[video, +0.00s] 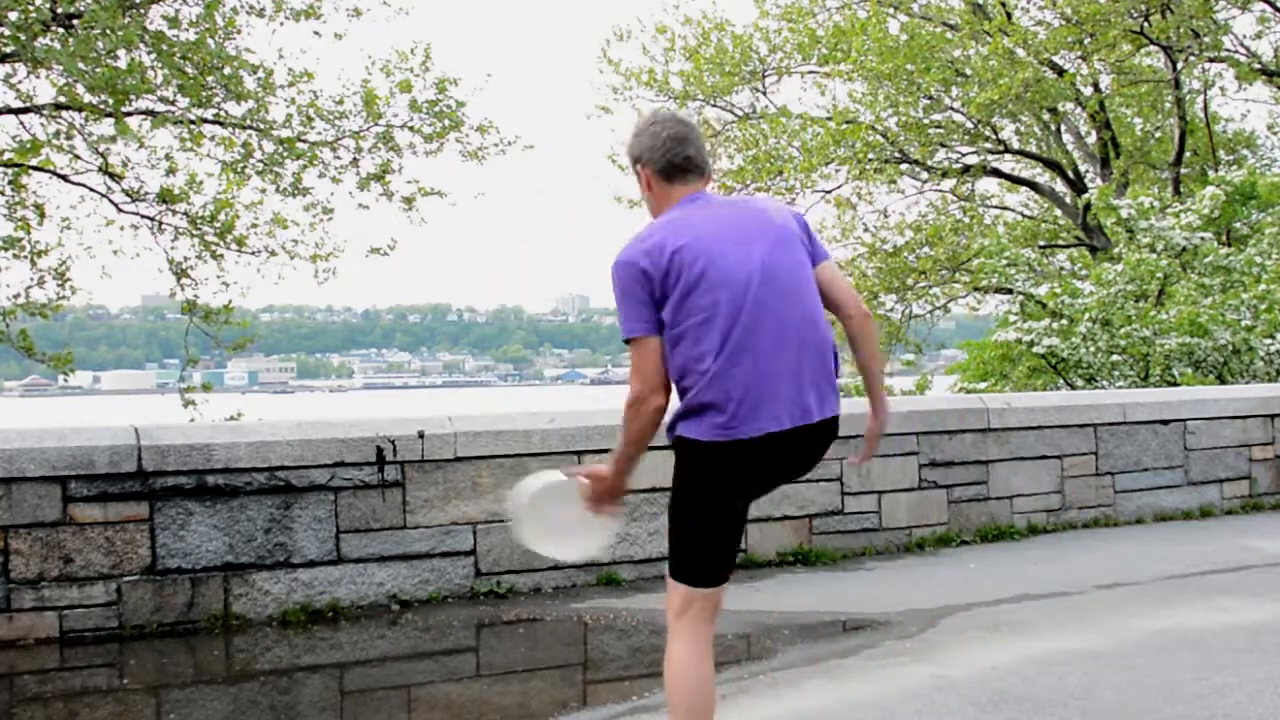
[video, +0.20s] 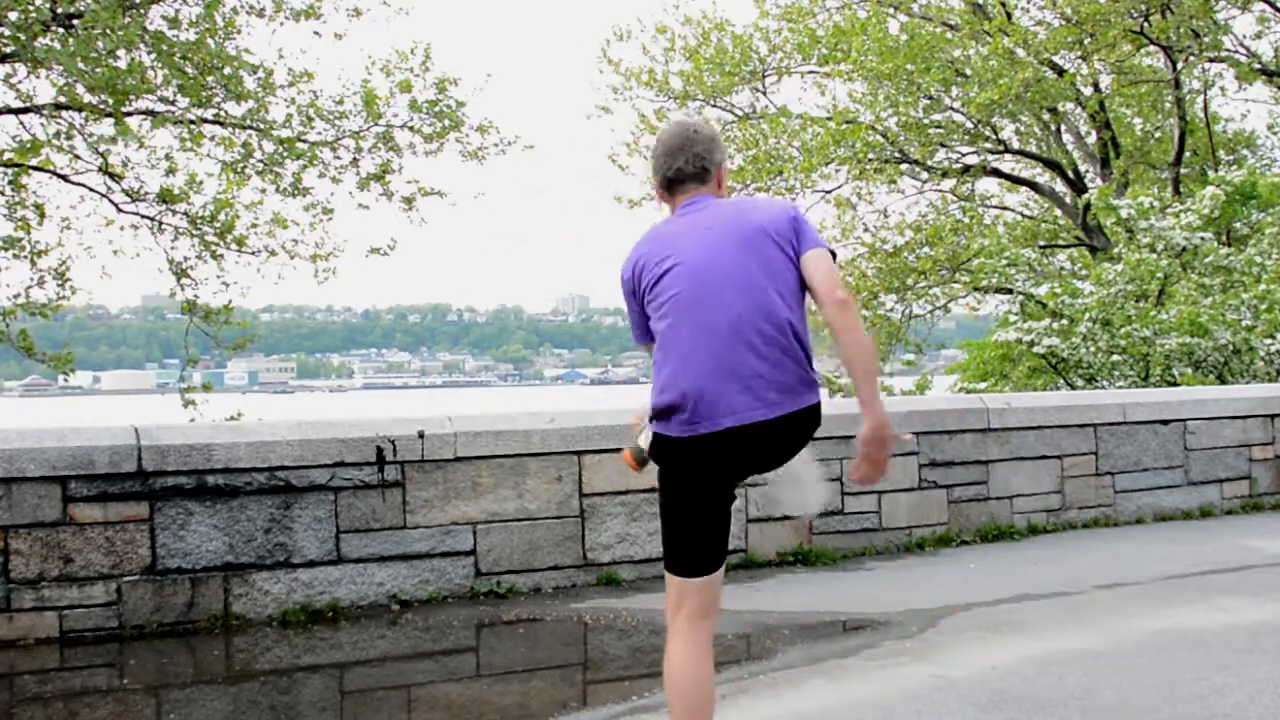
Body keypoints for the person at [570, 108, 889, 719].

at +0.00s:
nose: (638, 189)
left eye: (636, 177)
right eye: (636, 177)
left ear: (646, 176)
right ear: (707, 170)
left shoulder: (642, 256)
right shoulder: (779, 217)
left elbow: (650, 395)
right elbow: (853, 309)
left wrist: (617, 477)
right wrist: (878, 396)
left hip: (721, 443)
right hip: (812, 428)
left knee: (691, 614)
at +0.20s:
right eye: (728, 174)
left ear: (661, 192)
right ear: (724, 177)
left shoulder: (641, 257)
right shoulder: (780, 215)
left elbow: (660, 350)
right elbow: (835, 300)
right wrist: (874, 411)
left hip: (695, 442)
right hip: (789, 423)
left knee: (691, 613)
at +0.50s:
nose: (782, 159)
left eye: (777, 149)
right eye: (778, 149)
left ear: (713, 164)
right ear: (763, 156)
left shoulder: (677, 235)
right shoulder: (803, 219)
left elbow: (675, 334)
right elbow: (824, 301)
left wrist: (702, 411)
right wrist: (813, 413)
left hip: (695, 435)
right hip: (778, 424)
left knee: (694, 607)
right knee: (822, 506)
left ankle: (689, 716)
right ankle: (814, 656)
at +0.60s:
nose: (806, 163)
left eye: (802, 152)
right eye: (801, 153)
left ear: (738, 173)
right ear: (785, 163)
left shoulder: (713, 240)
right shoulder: (825, 226)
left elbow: (728, 311)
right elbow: (848, 312)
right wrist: (853, 422)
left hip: (716, 441)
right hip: (800, 433)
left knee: (708, 608)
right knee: (851, 555)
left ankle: (693, 717)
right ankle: (858, 700)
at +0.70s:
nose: (841, 174)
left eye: (836, 164)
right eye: (837, 165)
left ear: (780, 182)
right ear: (822, 173)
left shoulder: (763, 246)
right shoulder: (851, 230)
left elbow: (816, 326)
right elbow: (863, 321)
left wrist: (900, 287)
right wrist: (893, 418)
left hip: (751, 440)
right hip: (829, 438)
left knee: (733, 591)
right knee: (885, 578)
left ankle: (691, 715)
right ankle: (882, 712)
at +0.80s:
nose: (886, 184)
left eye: (882, 173)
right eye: (880, 174)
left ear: (831, 191)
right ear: (863, 183)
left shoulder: (812, 255)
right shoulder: (880, 241)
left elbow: (882, 342)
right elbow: (863, 332)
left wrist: (943, 298)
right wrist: (917, 405)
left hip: (798, 452)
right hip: (865, 449)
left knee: (787, 594)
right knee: (926, 580)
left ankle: (707, 698)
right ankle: (896, 711)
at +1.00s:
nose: (956, 189)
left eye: (955, 177)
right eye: (949, 177)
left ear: (913, 187)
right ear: (919, 185)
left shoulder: (906, 251)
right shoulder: (901, 249)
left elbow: (936, 357)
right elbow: (852, 339)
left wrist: (1016, 330)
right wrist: (923, 409)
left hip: (877, 437)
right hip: (881, 438)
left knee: (928, 576)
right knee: (956, 578)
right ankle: (895, 712)